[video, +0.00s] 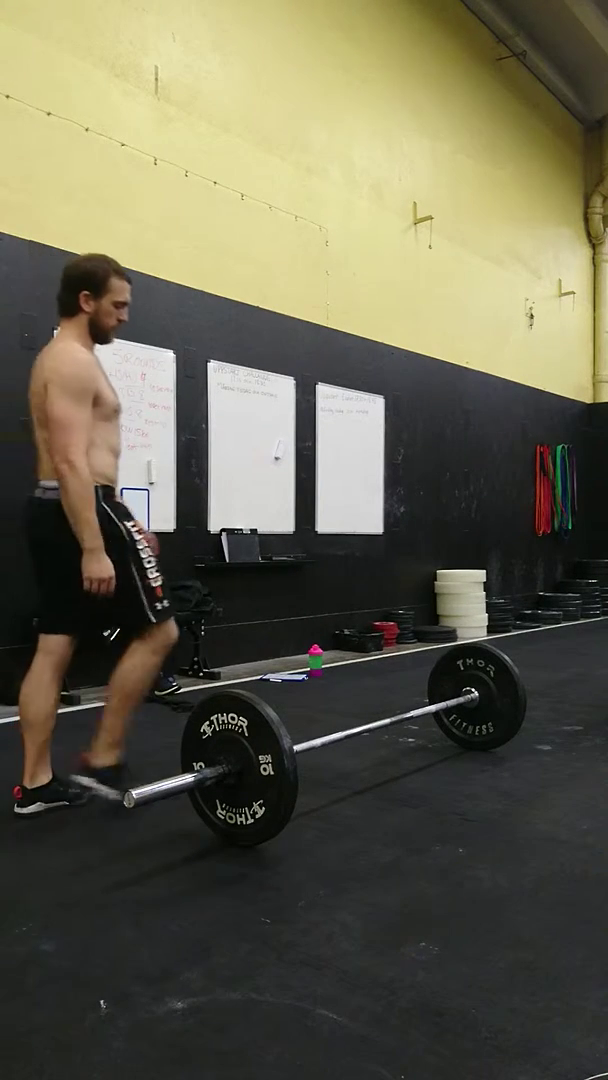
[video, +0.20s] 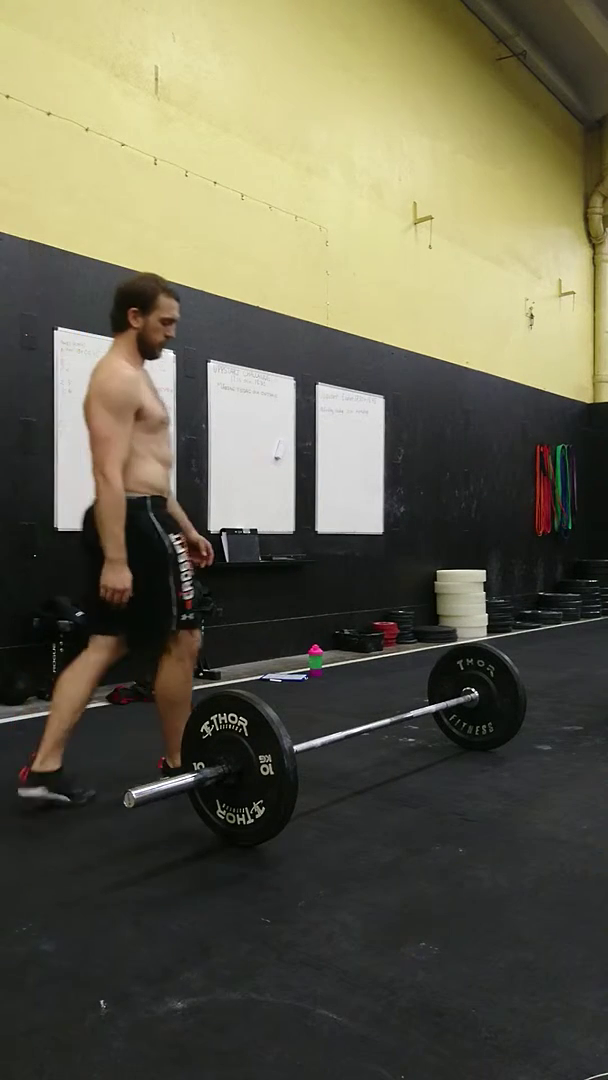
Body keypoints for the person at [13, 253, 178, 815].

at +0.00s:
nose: (125, 315)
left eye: (127, 305)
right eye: (118, 304)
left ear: (87, 303)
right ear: (87, 301)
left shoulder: (64, 356)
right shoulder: (70, 361)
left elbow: (83, 459)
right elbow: (69, 462)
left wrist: (125, 524)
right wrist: (92, 546)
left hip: (59, 508)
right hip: (87, 510)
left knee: (52, 648)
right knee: (159, 631)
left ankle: (35, 781)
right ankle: (105, 758)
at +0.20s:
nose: (173, 332)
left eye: (175, 323)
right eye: (166, 321)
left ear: (141, 321)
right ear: (135, 317)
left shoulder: (136, 373)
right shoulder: (117, 375)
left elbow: (149, 473)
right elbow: (107, 474)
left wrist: (186, 529)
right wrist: (115, 558)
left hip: (132, 516)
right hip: (137, 519)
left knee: (104, 645)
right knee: (183, 639)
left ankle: (44, 766)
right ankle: (178, 761)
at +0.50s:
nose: (234, 339)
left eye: (237, 330)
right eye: (229, 329)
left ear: (208, 326)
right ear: (198, 323)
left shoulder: (198, 374)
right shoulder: (172, 376)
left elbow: (204, 466)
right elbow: (167, 466)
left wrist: (227, 524)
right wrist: (210, 532)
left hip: (206, 512)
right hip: (181, 514)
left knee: (238, 621)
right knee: (196, 635)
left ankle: (180, 721)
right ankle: (177, 758)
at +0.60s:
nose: (251, 344)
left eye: (254, 336)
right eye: (246, 334)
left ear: (232, 332)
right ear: (215, 327)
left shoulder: (218, 381)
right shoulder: (187, 379)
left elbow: (222, 469)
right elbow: (178, 464)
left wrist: (242, 523)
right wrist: (232, 521)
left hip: (226, 515)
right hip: (197, 515)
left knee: (247, 632)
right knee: (204, 637)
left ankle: (240, 744)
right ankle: (177, 760)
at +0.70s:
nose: (267, 352)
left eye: (271, 344)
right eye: (261, 342)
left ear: (262, 342)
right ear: (232, 335)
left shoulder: (243, 389)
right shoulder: (202, 384)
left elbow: (247, 472)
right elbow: (187, 465)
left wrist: (259, 523)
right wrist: (238, 519)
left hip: (246, 518)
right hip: (212, 517)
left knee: (256, 637)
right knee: (219, 638)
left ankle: (254, 747)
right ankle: (178, 758)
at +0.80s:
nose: (282, 356)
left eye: (287, 348)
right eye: (275, 346)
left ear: (284, 346)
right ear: (249, 338)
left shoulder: (267, 393)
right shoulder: (216, 388)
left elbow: (268, 471)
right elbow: (192, 467)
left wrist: (283, 531)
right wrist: (232, 520)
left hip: (260, 517)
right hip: (226, 516)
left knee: (267, 634)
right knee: (243, 634)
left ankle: (253, 742)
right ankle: (185, 745)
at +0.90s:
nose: (296, 358)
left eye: (302, 350)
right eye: (291, 348)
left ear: (302, 348)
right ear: (264, 339)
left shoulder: (282, 397)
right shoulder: (229, 388)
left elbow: (286, 470)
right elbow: (197, 465)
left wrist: (307, 526)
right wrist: (224, 522)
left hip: (270, 512)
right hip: (242, 511)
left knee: (270, 631)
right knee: (267, 628)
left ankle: (252, 731)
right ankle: (208, 724)